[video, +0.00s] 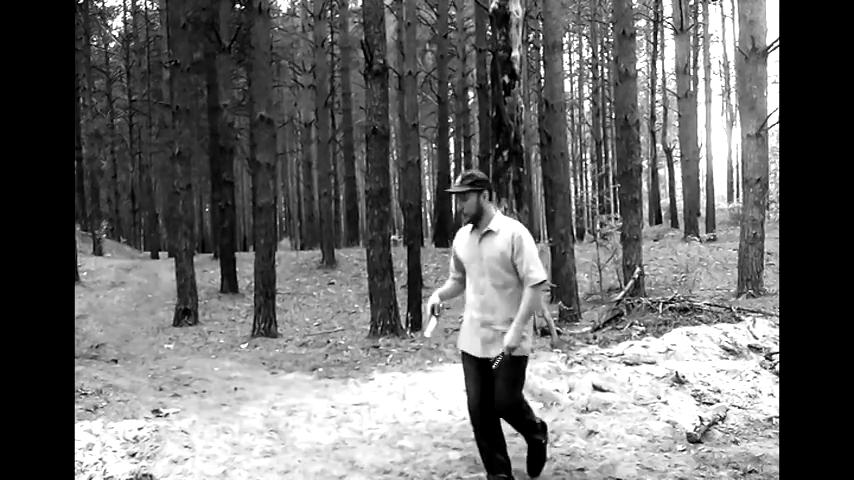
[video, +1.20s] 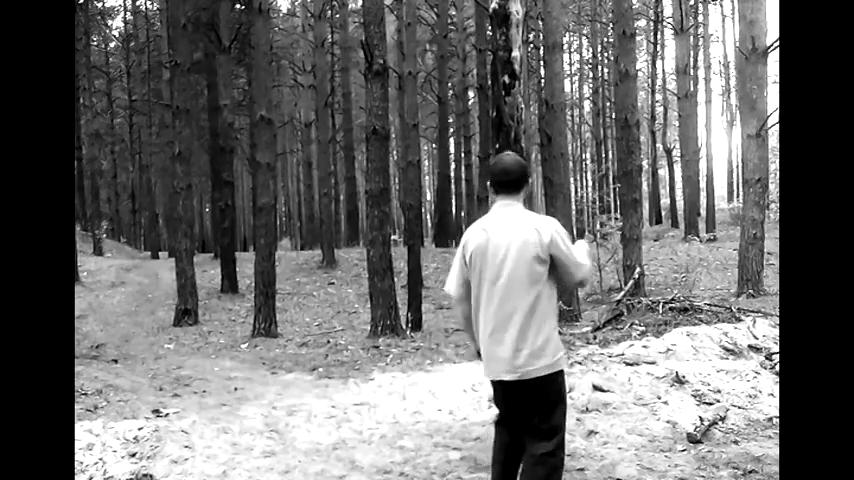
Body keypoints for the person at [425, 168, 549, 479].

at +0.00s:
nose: (459, 205)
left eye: (464, 198)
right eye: (457, 199)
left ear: (484, 196)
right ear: (463, 200)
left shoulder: (514, 233)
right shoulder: (462, 237)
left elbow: (535, 284)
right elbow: (457, 280)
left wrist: (516, 331)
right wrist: (438, 295)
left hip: (510, 338)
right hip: (473, 338)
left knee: (506, 403)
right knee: (479, 411)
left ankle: (536, 434)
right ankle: (498, 472)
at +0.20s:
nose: (444, 199)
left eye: (449, 192)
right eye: (445, 193)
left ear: (467, 193)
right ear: (466, 195)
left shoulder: (496, 233)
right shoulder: (468, 233)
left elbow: (513, 290)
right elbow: (467, 279)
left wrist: (496, 344)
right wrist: (434, 287)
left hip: (494, 343)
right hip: (471, 342)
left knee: (474, 405)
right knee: (474, 408)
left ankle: (510, 472)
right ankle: (497, 472)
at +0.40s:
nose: (443, 198)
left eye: (444, 193)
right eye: (444, 192)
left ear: (450, 198)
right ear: (478, 196)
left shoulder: (465, 236)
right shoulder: (493, 230)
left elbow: (470, 302)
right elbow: (495, 285)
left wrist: (465, 358)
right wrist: (457, 298)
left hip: (487, 351)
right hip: (505, 347)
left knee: (472, 430)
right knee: (485, 424)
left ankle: (489, 475)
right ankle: (505, 471)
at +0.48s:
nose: (442, 194)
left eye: (443, 190)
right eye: (445, 189)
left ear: (446, 193)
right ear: (480, 192)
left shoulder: (456, 235)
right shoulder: (505, 230)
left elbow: (454, 302)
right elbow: (515, 289)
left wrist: (447, 352)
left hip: (483, 354)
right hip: (514, 348)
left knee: (467, 431)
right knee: (491, 416)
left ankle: (486, 476)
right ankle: (511, 473)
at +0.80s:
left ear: (464, 187)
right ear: (499, 187)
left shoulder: (452, 236)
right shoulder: (529, 230)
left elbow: (438, 302)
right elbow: (544, 284)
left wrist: (432, 355)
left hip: (475, 360)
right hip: (524, 354)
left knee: (477, 445)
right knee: (536, 432)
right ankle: (532, 478)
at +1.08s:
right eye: (521, 182)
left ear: (485, 188)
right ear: (522, 186)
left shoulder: (468, 236)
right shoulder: (544, 228)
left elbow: (456, 301)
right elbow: (570, 277)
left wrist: (460, 347)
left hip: (492, 359)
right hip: (540, 356)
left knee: (499, 437)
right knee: (542, 442)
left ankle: (495, 477)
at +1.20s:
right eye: (527, 182)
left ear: (489, 187)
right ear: (527, 185)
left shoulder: (473, 234)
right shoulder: (544, 228)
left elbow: (459, 298)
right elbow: (576, 274)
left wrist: (475, 341)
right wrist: (582, 249)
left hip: (496, 357)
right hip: (539, 356)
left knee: (508, 430)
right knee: (547, 442)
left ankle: (502, 477)